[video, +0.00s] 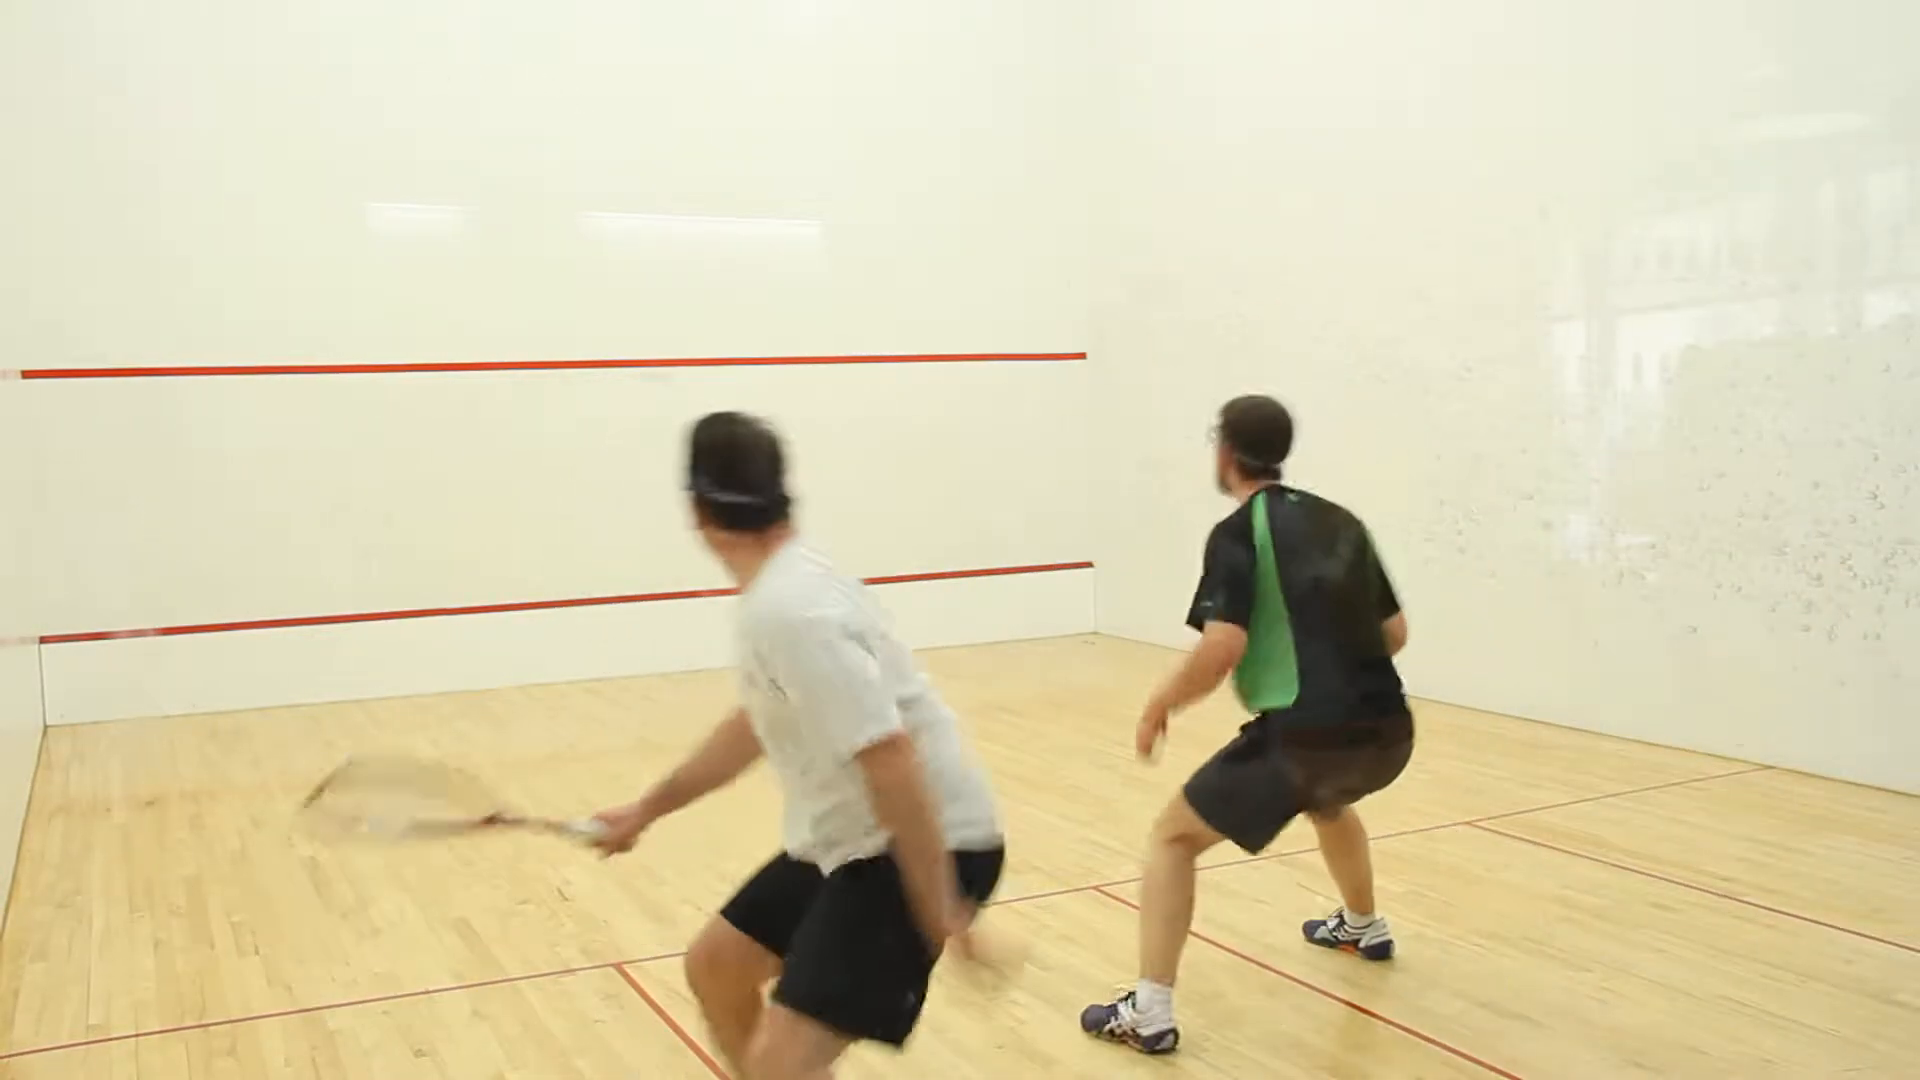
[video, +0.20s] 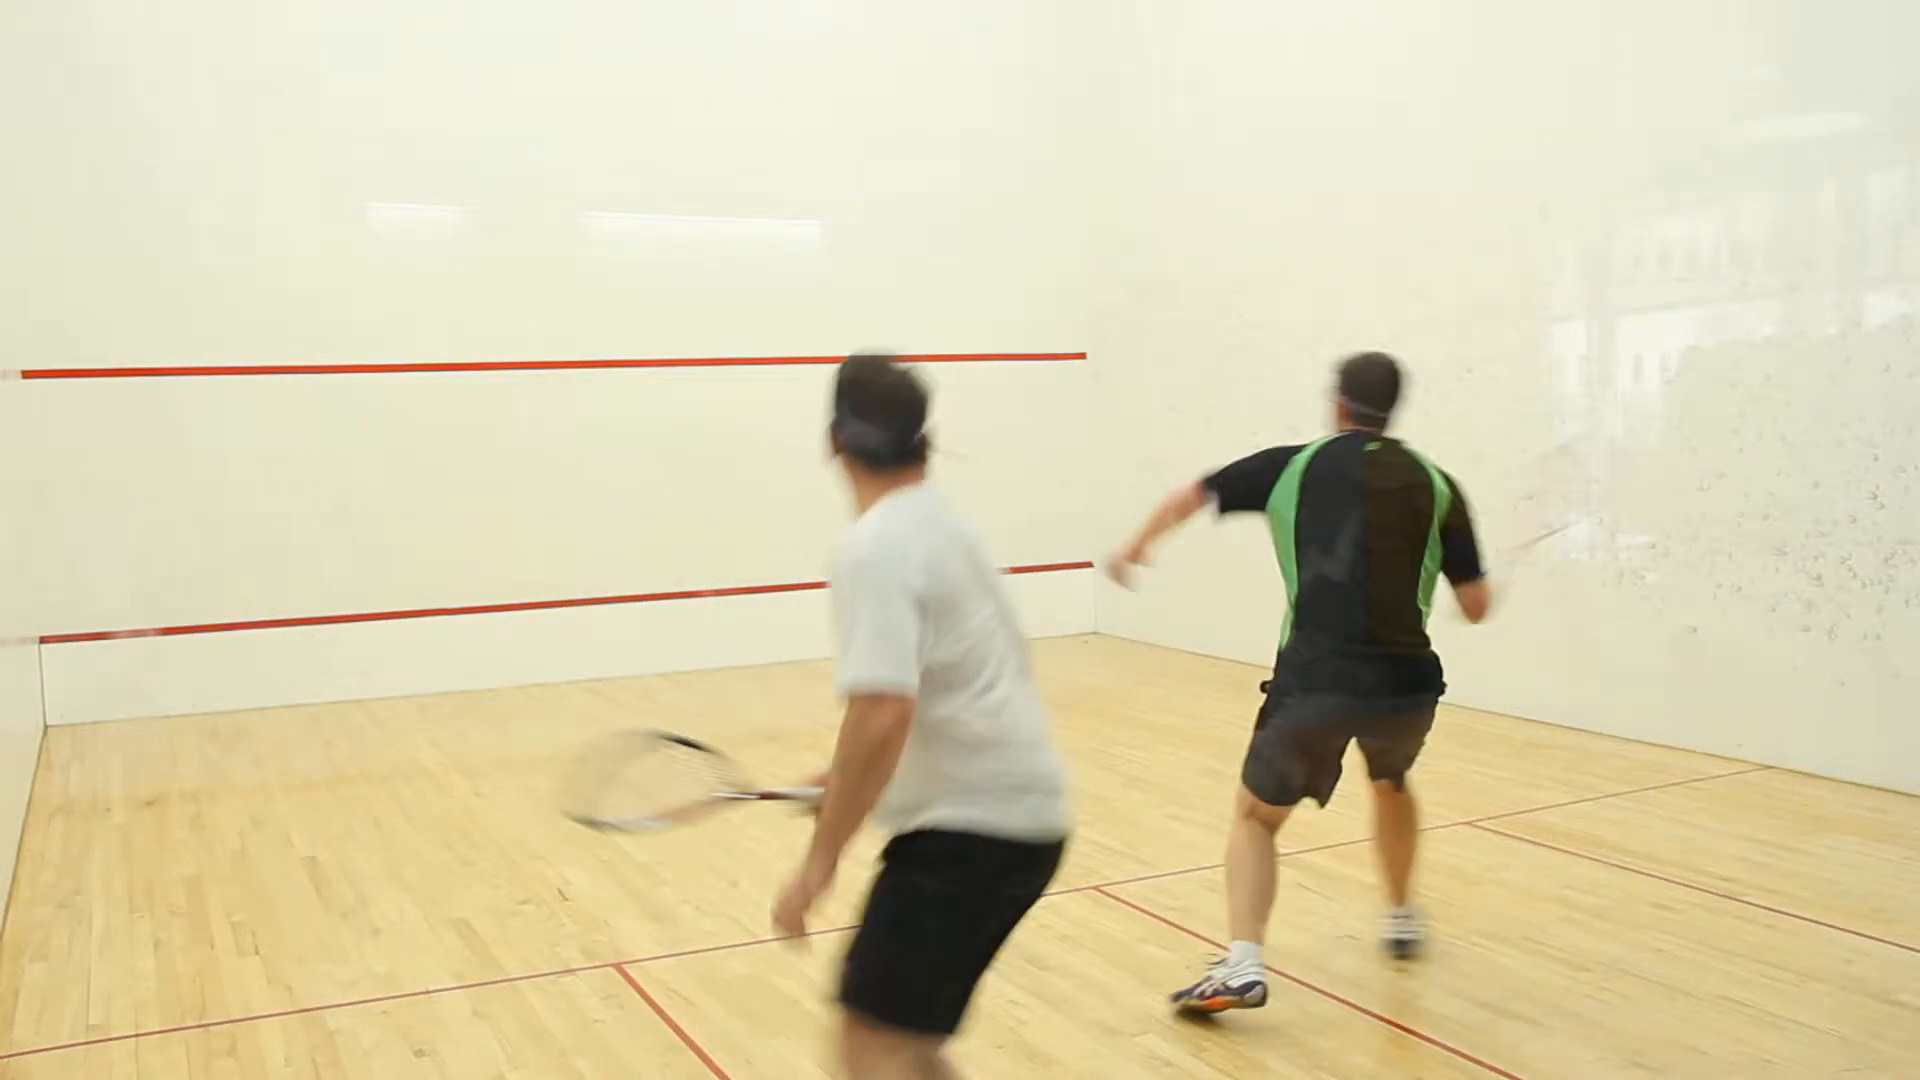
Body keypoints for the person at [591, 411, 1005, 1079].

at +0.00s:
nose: (691, 516)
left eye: (692, 501)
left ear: (701, 514)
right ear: (779, 495)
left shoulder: (797, 610)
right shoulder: (775, 599)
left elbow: (891, 761)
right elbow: (751, 728)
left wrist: (940, 907)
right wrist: (644, 810)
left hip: (909, 853)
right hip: (846, 839)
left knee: (779, 1061)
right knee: (718, 967)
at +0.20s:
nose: (830, 440)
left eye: (831, 428)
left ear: (837, 442)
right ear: (921, 437)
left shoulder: (880, 544)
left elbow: (882, 713)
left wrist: (819, 863)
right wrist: (849, 779)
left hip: (966, 827)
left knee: (874, 1044)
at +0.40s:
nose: (972, 418)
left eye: (970, 408)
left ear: (970, 419)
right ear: (1048, 412)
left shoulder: (969, 514)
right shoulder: (1097, 502)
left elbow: (912, 656)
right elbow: (1114, 643)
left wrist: (849, 782)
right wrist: (1022, 773)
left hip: (1053, 794)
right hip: (1157, 788)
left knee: (1004, 1006)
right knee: (1053, 944)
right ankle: (1121, 1063)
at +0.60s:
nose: (1072, 417)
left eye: (1073, 408)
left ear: (1080, 417)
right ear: (1158, 417)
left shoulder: (1066, 512)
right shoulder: (1219, 511)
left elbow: (998, 634)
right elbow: (1254, 640)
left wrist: (934, 740)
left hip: (1142, 784)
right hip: (1248, 773)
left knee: (1052, 957)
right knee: (1187, 900)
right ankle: (1255, 1061)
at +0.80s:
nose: (1156, 452)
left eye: (1159, 441)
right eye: (1161, 441)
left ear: (1170, 450)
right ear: (1233, 454)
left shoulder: (1159, 537)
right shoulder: (1279, 534)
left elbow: (1093, 657)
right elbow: (1325, 663)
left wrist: (1046, 718)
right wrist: (1248, 731)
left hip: (1202, 792)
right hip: (1299, 785)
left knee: (1082, 946)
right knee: (1260, 875)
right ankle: (1336, 1024)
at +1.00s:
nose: (1283, 439)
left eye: (1286, 428)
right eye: (1288, 428)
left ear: (1297, 437)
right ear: (1359, 447)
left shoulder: (1259, 508)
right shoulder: (1388, 527)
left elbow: (1170, 581)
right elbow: (1434, 632)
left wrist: (1163, 642)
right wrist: (1380, 680)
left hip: (1250, 741)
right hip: (1349, 744)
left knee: (1188, 904)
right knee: (1313, 847)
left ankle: (1252, 1048)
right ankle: (1346, 1016)